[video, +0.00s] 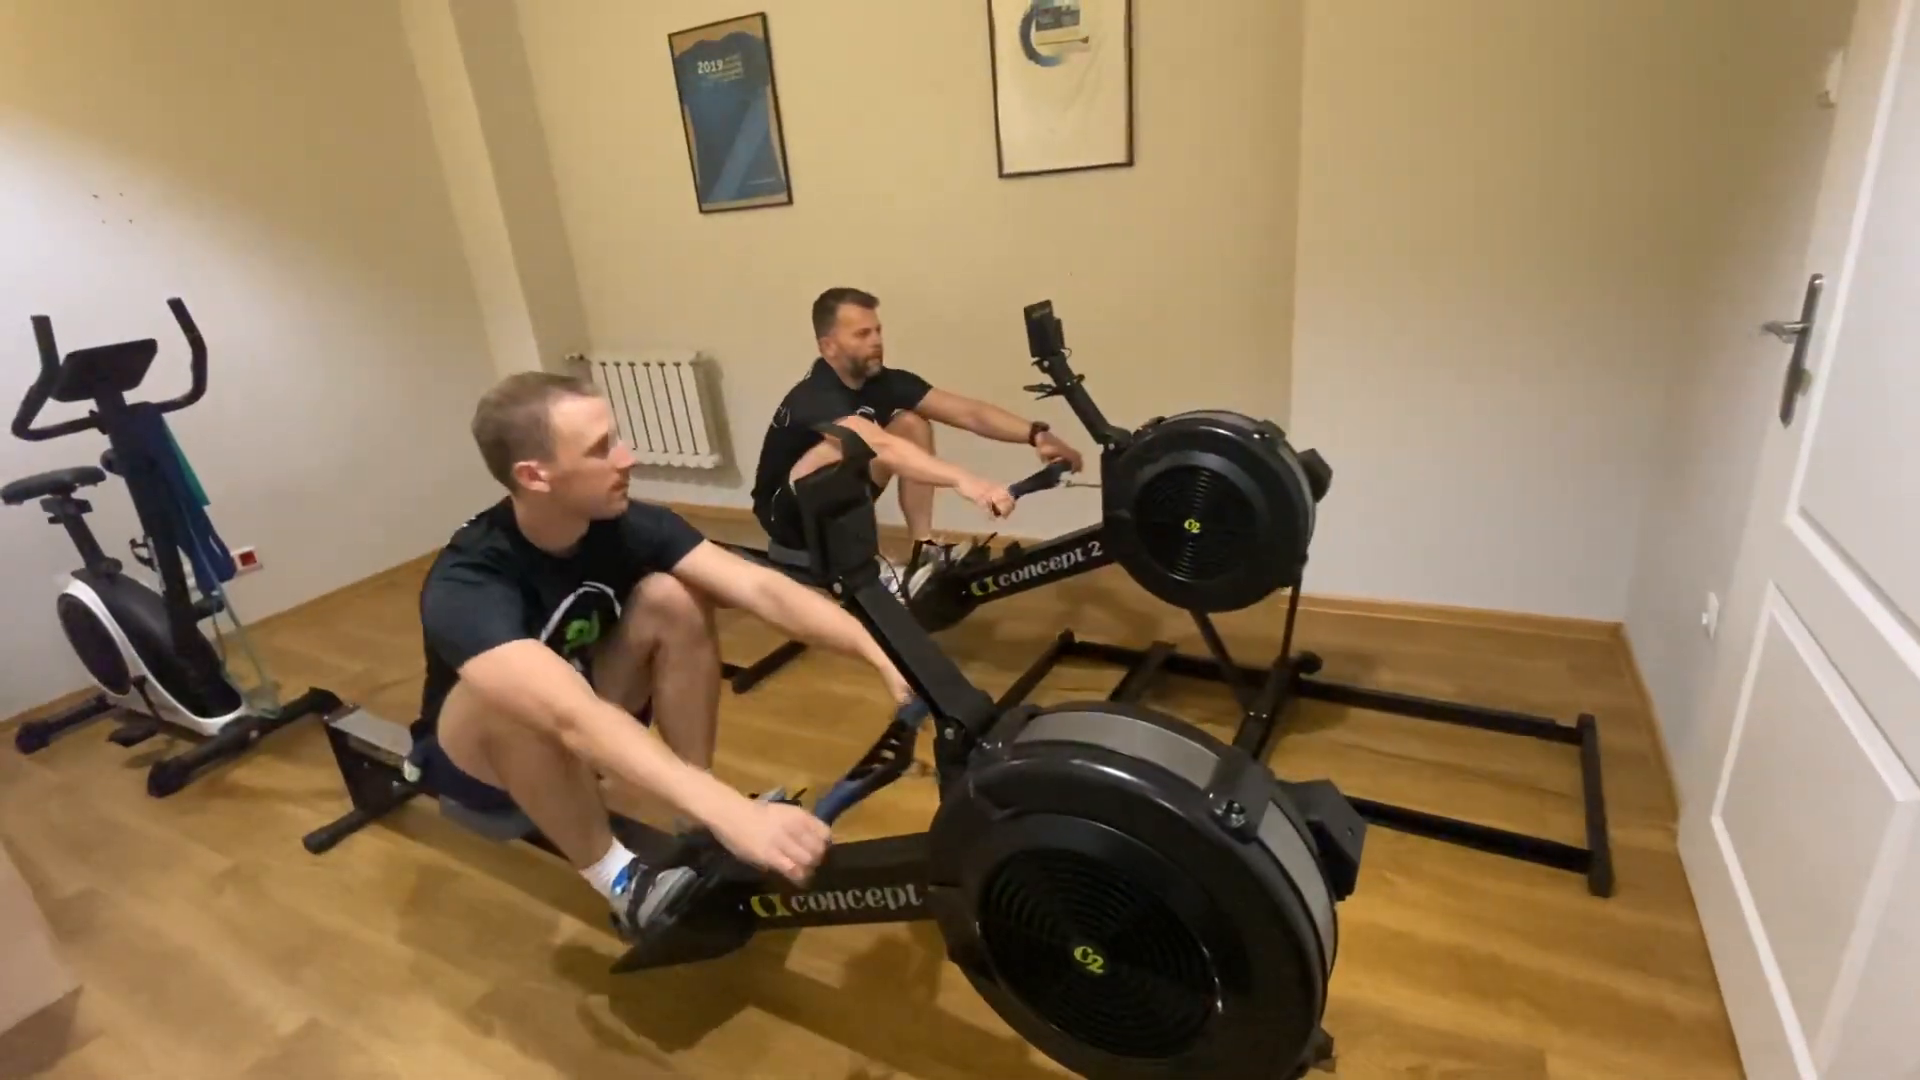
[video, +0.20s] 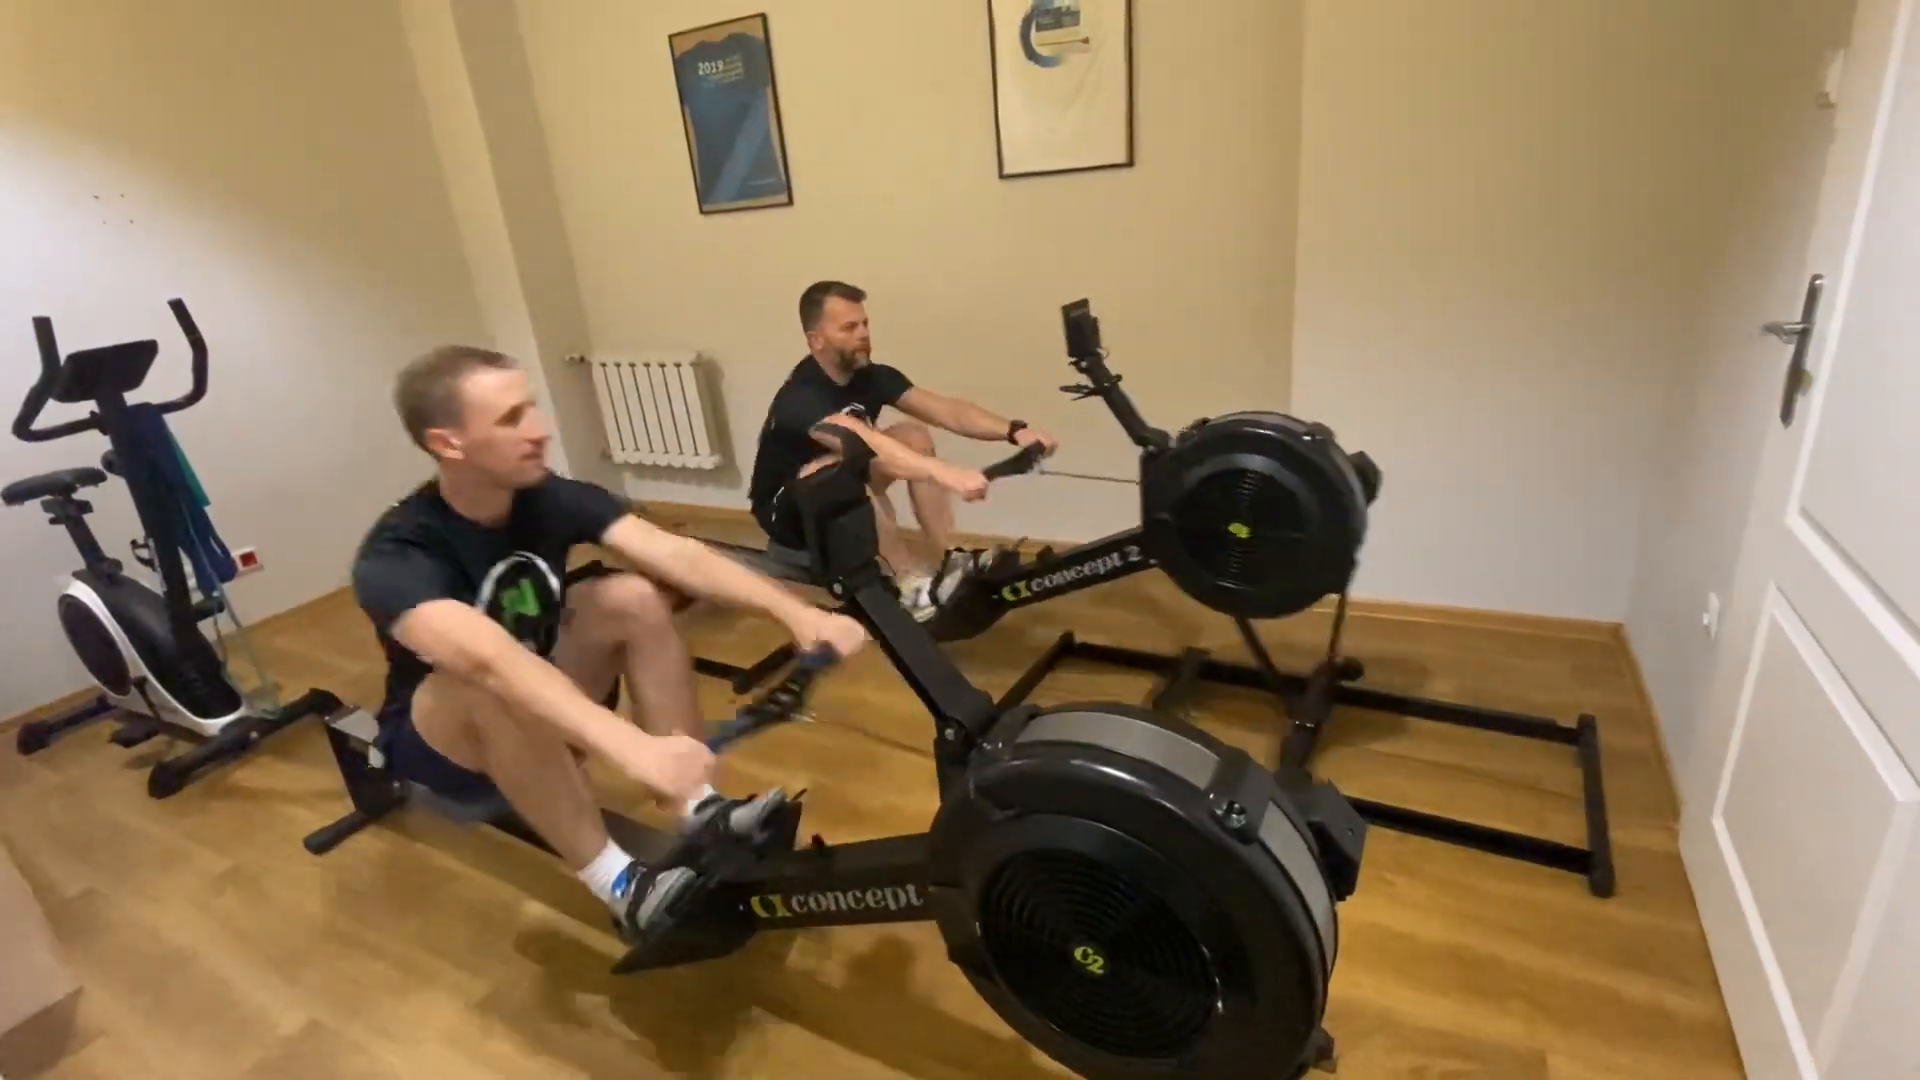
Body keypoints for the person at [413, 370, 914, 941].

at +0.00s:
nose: (627, 458)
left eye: (618, 439)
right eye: (602, 449)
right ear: (535, 475)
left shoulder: (629, 527)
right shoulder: (466, 590)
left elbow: (761, 590)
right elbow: (579, 717)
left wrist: (882, 651)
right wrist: (736, 814)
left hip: (585, 738)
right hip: (485, 786)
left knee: (670, 600)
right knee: (517, 689)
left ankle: (700, 816)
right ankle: (621, 883)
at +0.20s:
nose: (540, 429)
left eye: (532, 410)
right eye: (512, 419)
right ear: (446, 444)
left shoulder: (554, 501)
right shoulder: (395, 559)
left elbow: (676, 555)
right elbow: (489, 661)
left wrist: (793, 608)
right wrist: (634, 748)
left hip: (538, 701)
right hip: (437, 747)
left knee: (636, 601)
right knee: (496, 678)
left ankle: (705, 812)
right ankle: (621, 886)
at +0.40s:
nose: (403, 397)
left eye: (401, 378)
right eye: (376, 387)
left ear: (406, 379)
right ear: (318, 411)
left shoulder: (440, 471)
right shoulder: (287, 525)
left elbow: (553, 525)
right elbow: (369, 609)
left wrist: (656, 572)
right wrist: (478, 675)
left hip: (472, 645)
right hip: (373, 692)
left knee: (579, 622)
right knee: (465, 695)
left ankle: (704, 818)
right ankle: (622, 891)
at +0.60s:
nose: (324, 397)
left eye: (322, 380)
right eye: (299, 387)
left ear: (325, 379)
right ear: (240, 408)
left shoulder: (374, 468)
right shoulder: (218, 519)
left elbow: (476, 529)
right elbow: (274, 621)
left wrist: (551, 553)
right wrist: (366, 653)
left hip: (424, 638)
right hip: (329, 676)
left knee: (547, 664)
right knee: (441, 721)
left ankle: (702, 819)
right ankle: (618, 894)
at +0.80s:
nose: (284, 420)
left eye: (284, 402)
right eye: (260, 410)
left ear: (292, 399)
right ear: (205, 426)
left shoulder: (342, 479)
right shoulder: (190, 532)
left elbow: (425, 539)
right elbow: (181, 661)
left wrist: (455, 547)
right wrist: (256, 647)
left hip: (408, 631)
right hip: (319, 675)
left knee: (534, 707)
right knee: (447, 758)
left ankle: (705, 817)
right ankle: (620, 896)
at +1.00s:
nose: (272, 436)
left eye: (273, 418)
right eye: (250, 428)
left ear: (281, 415)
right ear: (199, 443)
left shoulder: (335, 493)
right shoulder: (182, 547)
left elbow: (393, 568)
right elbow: (142, 668)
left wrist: (414, 554)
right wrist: (187, 632)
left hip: (410, 637)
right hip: (327, 680)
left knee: (530, 711)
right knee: (445, 763)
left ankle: (702, 817)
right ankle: (624, 895)